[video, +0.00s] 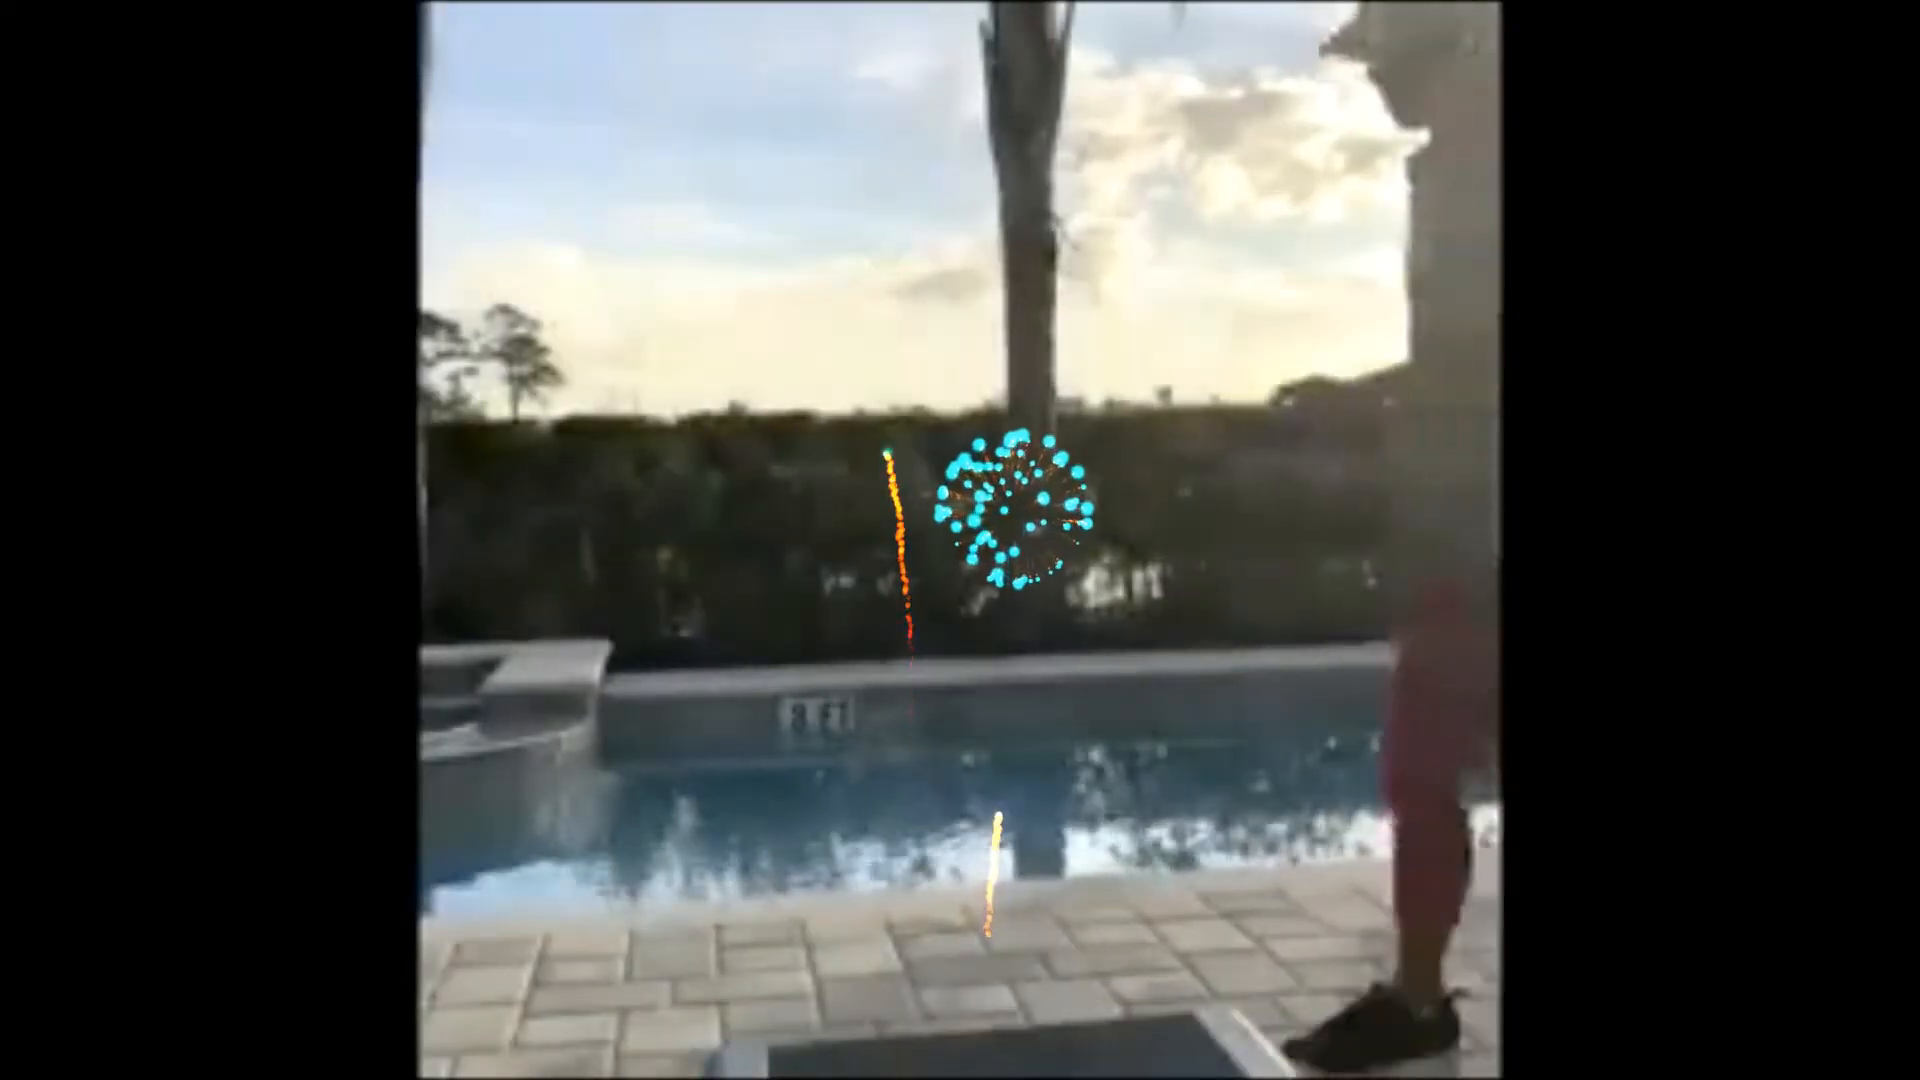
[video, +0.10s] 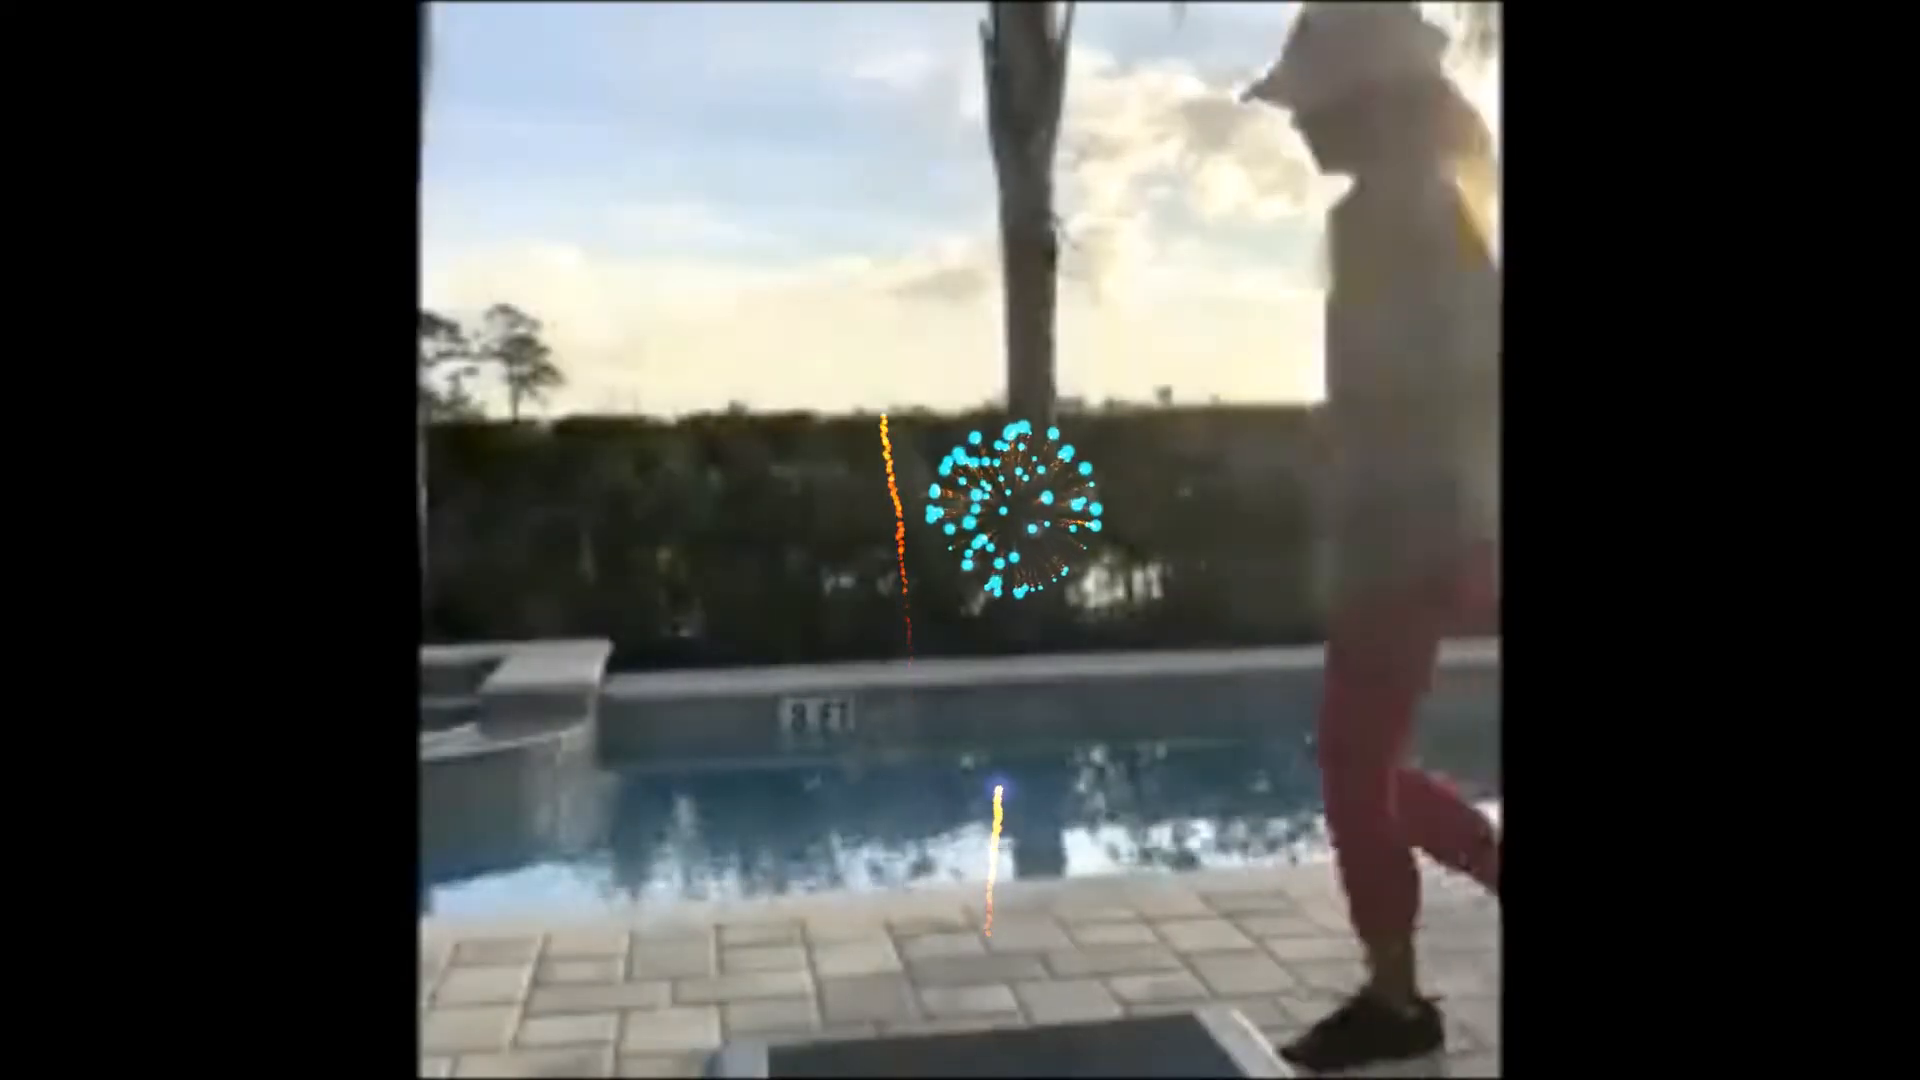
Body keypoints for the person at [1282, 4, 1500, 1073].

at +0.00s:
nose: (1382, 89)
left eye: (1392, 66)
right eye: (1379, 70)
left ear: (1445, 57)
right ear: (1434, 61)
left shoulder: (1462, 171)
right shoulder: (1448, 170)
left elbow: (1460, 376)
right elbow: (1453, 370)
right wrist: (1362, 396)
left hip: (1464, 545)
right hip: (1452, 540)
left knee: (1423, 760)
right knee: (1421, 761)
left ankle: (1417, 992)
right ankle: (1416, 990)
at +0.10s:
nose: (1299, 128)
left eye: (1314, 106)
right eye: (1299, 108)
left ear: (1369, 100)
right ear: (1374, 101)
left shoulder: (1403, 214)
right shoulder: (1381, 214)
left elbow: (1425, 389)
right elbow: (1394, 394)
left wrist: (1444, 535)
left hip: (1408, 530)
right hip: (1389, 529)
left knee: (1358, 761)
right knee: (1365, 766)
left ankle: (1394, 996)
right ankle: (1390, 997)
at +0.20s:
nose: (1231, 126)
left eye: (1245, 105)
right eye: (1230, 106)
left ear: (1301, 101)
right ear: (1294, 101)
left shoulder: (1333, 214)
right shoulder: (1305, 211)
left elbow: (1386, 384)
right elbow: (1332, 390)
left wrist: (1315, 514)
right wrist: (1289, 516)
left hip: (1341, 532)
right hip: (1308, 531)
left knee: (1334, 757)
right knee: (1239, 734)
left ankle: (1391, 998)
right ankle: (1358, 894)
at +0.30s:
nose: (1166, 119)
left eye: (1177, 98)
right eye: (1164, 99)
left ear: (1228, 89)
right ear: (1228, 85)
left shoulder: (1268, 198)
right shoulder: (1240, 193)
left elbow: (1321, 367)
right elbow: (1272, 371)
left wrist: (1188, 401)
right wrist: (1180, 399)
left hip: (1307, 518)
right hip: (1268, 518)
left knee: (1302, 753)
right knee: (1189, 713)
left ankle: (1386, 987)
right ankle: (1184, 930)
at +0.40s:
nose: (1122, 142)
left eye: (1137, 120)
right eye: (1114, 122)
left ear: (1193, 113)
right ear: (1121, 123)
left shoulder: (1248, 232)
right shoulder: (1147, 235)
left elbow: (1293, 388)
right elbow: (1156, 384)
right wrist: (1124, 430)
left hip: (1241, 539)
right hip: (1184, 538)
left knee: (1195, 777)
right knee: (1138, 731)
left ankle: (1356, 971)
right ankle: (1142, 949)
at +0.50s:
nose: (1089, 141)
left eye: (1102, 121)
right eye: (1081, 121)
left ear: (1143, 114)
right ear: (1167, 107)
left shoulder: (1225, 233)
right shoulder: (1072, 238)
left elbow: (1270, 376)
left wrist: (1197, 435)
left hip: (1189, 514)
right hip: (1111, 511)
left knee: (1111, 747)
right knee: (1102, 743)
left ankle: (1260, 928)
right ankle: (1133, 945)